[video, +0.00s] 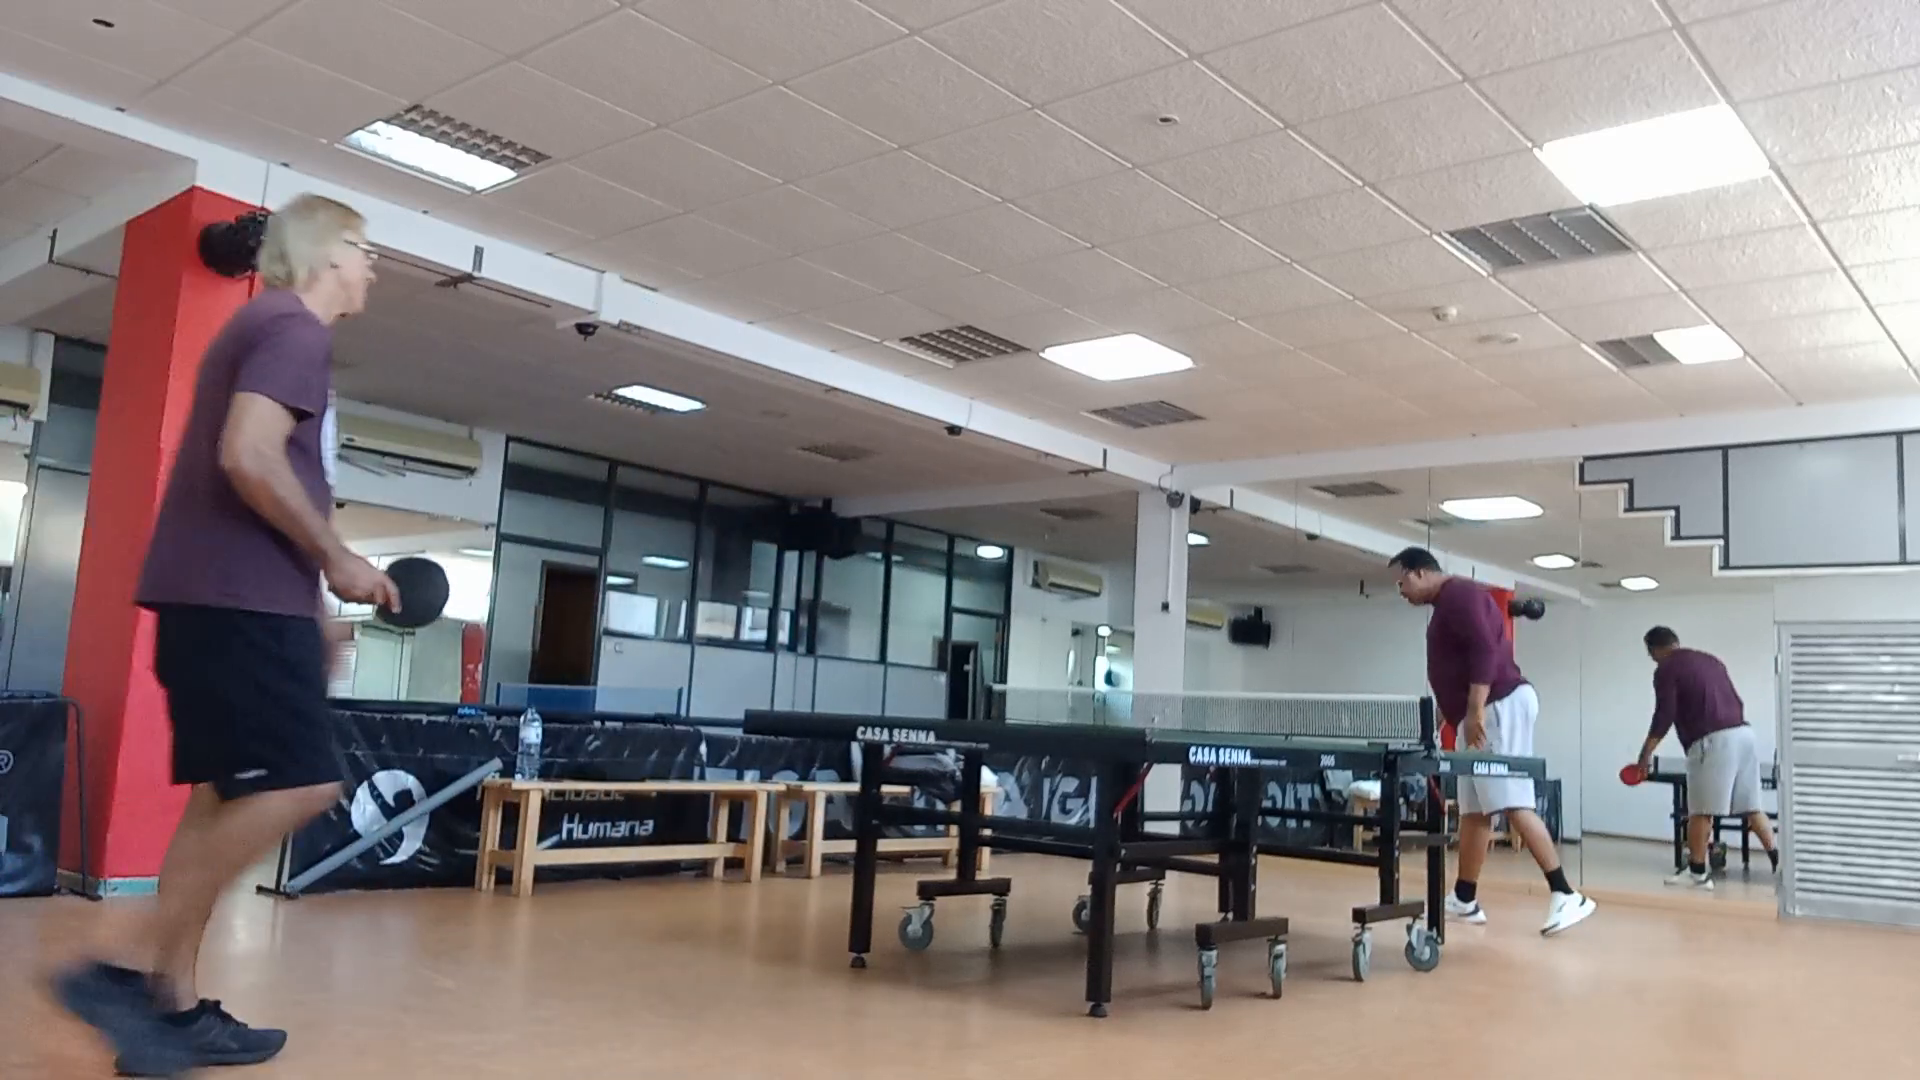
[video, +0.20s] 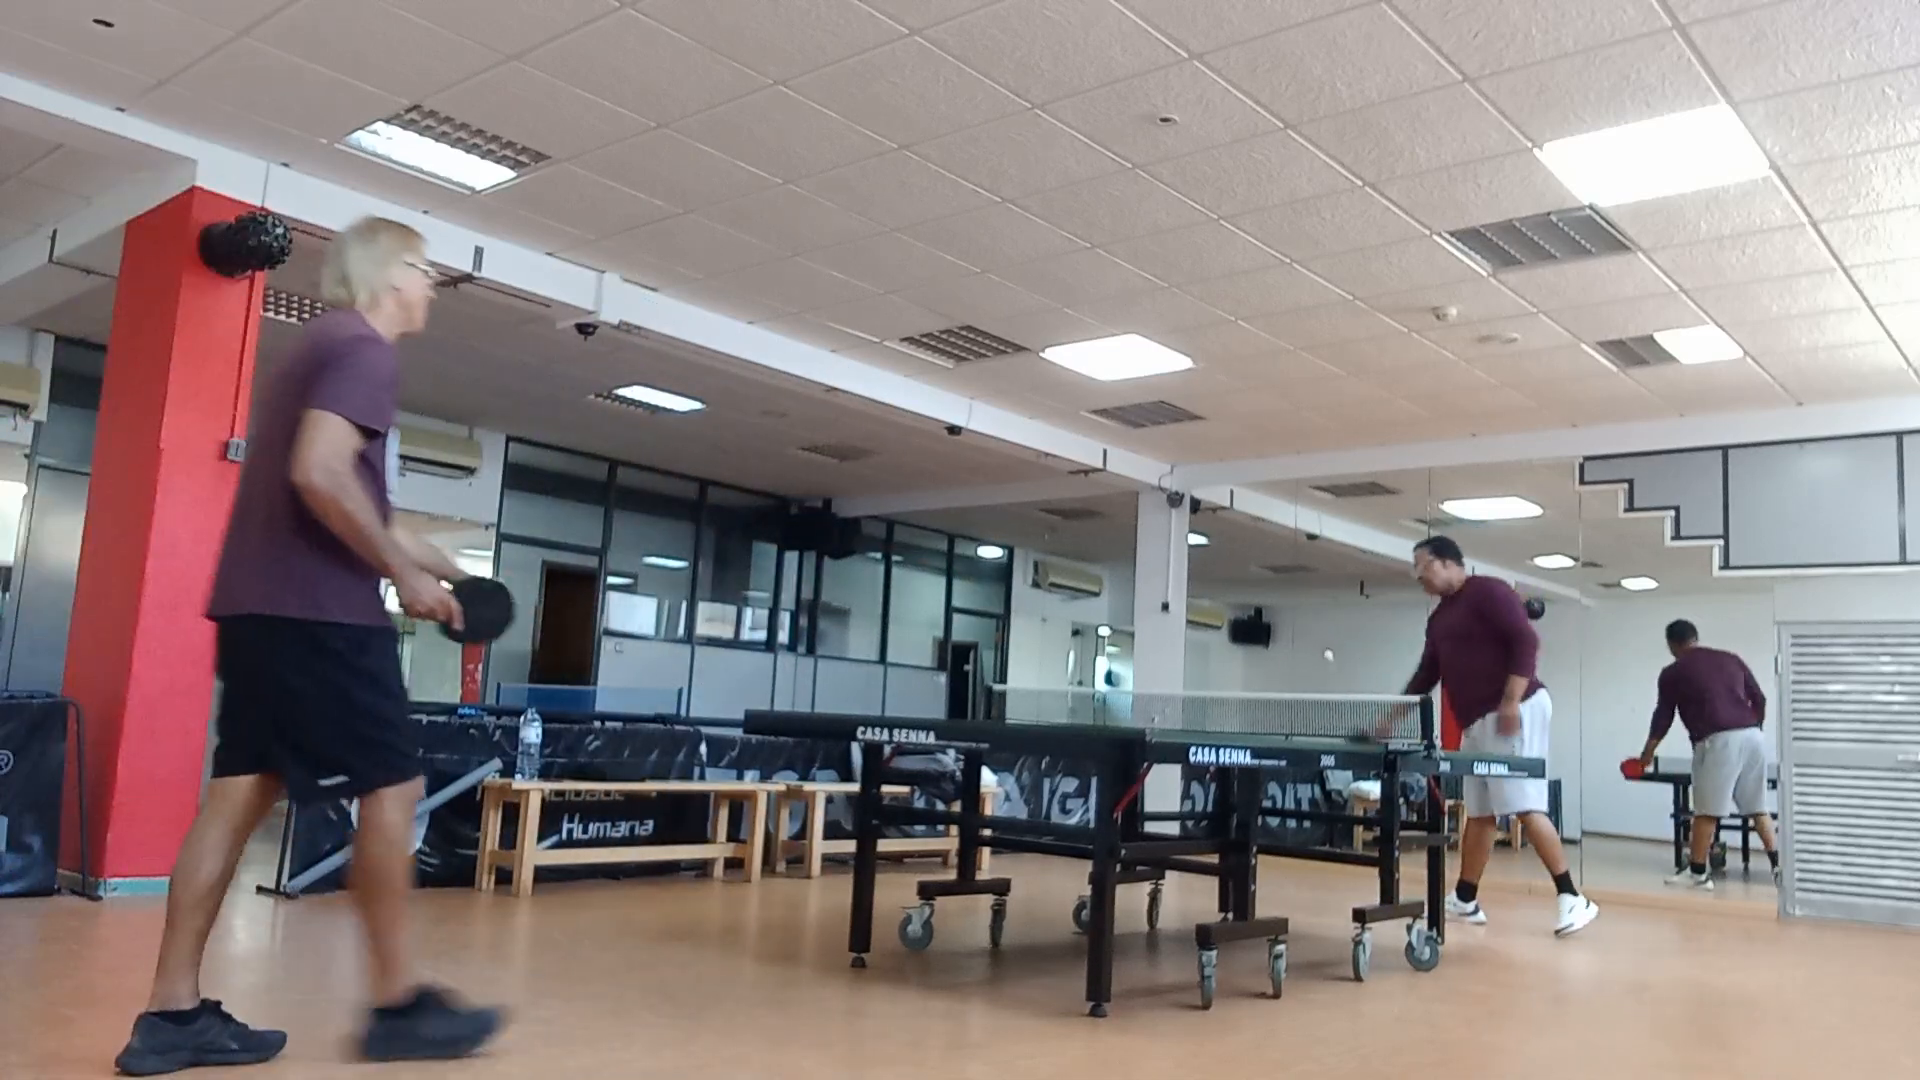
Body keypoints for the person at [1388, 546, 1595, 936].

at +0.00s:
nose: (1402, 594)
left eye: (1402, 585)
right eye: (1399, 587)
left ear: (1418, 574)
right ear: (1418, 575)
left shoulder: (1462, 592)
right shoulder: (1447, 603)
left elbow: (1485, 650)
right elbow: (1464, 665)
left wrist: (1475, 710)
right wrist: (1454, 715)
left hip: (1503, 704)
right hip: (1477, 710)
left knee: (1514, 803)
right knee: (1473, 808)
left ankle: (1566, 895)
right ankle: (1464, 900)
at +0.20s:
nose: (1419, 577)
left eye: (1422, 567)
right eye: (1417, 570)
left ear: (1445, 562)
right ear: (1438, 567)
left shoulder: (1489, 591)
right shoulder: (1439, 619)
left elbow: (1528, 641)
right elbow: (1427, 674)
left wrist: (1511, 701)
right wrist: (1392, 717)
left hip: (1517, 709)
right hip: (1476, 721)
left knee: (1525, 806)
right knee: (1479, 811)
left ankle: (1572, 897)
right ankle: (1464, 900)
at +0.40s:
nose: (1452, 566)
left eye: (1458, 556)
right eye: (1449, 560)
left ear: (1483, 555)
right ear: (1452, 567)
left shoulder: (1526, 593)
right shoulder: (1452, 612)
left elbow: (1571, 643)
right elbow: (1414, 647)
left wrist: (1575, 707)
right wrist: (1362, 649)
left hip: (1541, 720)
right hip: (1491, 728)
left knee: (1544, 818)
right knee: (1484, 817)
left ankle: (1564, 904)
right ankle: (1466, 900)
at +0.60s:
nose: (1491, 556)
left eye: (1498, 547)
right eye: (1486, 553)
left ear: (1523, 549)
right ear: (1485, 563)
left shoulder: (1566, 593)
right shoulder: (1482, 605)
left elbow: (1605, 650)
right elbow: (1443, 646)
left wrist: (1612, 712)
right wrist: (1415, 630)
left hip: (1564, 724)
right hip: (1508, 726)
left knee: (1564, 819)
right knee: (1485, 811)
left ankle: (1567, 907)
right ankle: (1472, 898)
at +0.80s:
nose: (1524, 548)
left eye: (1532, 540)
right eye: (1518, 543)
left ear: (1555, 545)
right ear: (1511, 552)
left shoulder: (1590, 594)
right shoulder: (1498, 599)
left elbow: (1623, 653)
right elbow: (1482, 655)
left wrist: (1621, 710)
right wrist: (1471, 675)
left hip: (1576, 725)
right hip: (1516, 722)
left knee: (1572, 819)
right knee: (1509, 807)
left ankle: (1569, 907)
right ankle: (1513, 905)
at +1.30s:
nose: (1550, 527)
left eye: (1557, 518)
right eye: (1540, 522)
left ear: (1576, 522)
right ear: (1531, 533)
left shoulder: (1614, 573)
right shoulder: (1511, 587)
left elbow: (1642, 638)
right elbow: (1499, 654)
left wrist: (1667, 700)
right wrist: (1495, 707)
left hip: (1613, 718)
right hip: (1546, 723)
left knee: (1632, 814)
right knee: (1547, 822)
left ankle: (1621, 916)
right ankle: (1550, 921)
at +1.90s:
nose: (1615, 495)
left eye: (1624, 485)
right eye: (1603, 488)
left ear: (1643, 492)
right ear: (1591, 500)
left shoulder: (1681, 552)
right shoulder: (1560, 555)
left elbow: (1722, 623)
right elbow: (1535, 633)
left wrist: (1693, 671)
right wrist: (1522, 702)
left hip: (1661, 713)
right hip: (1585, 713)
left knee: (1665, 832)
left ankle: (1668, 948)